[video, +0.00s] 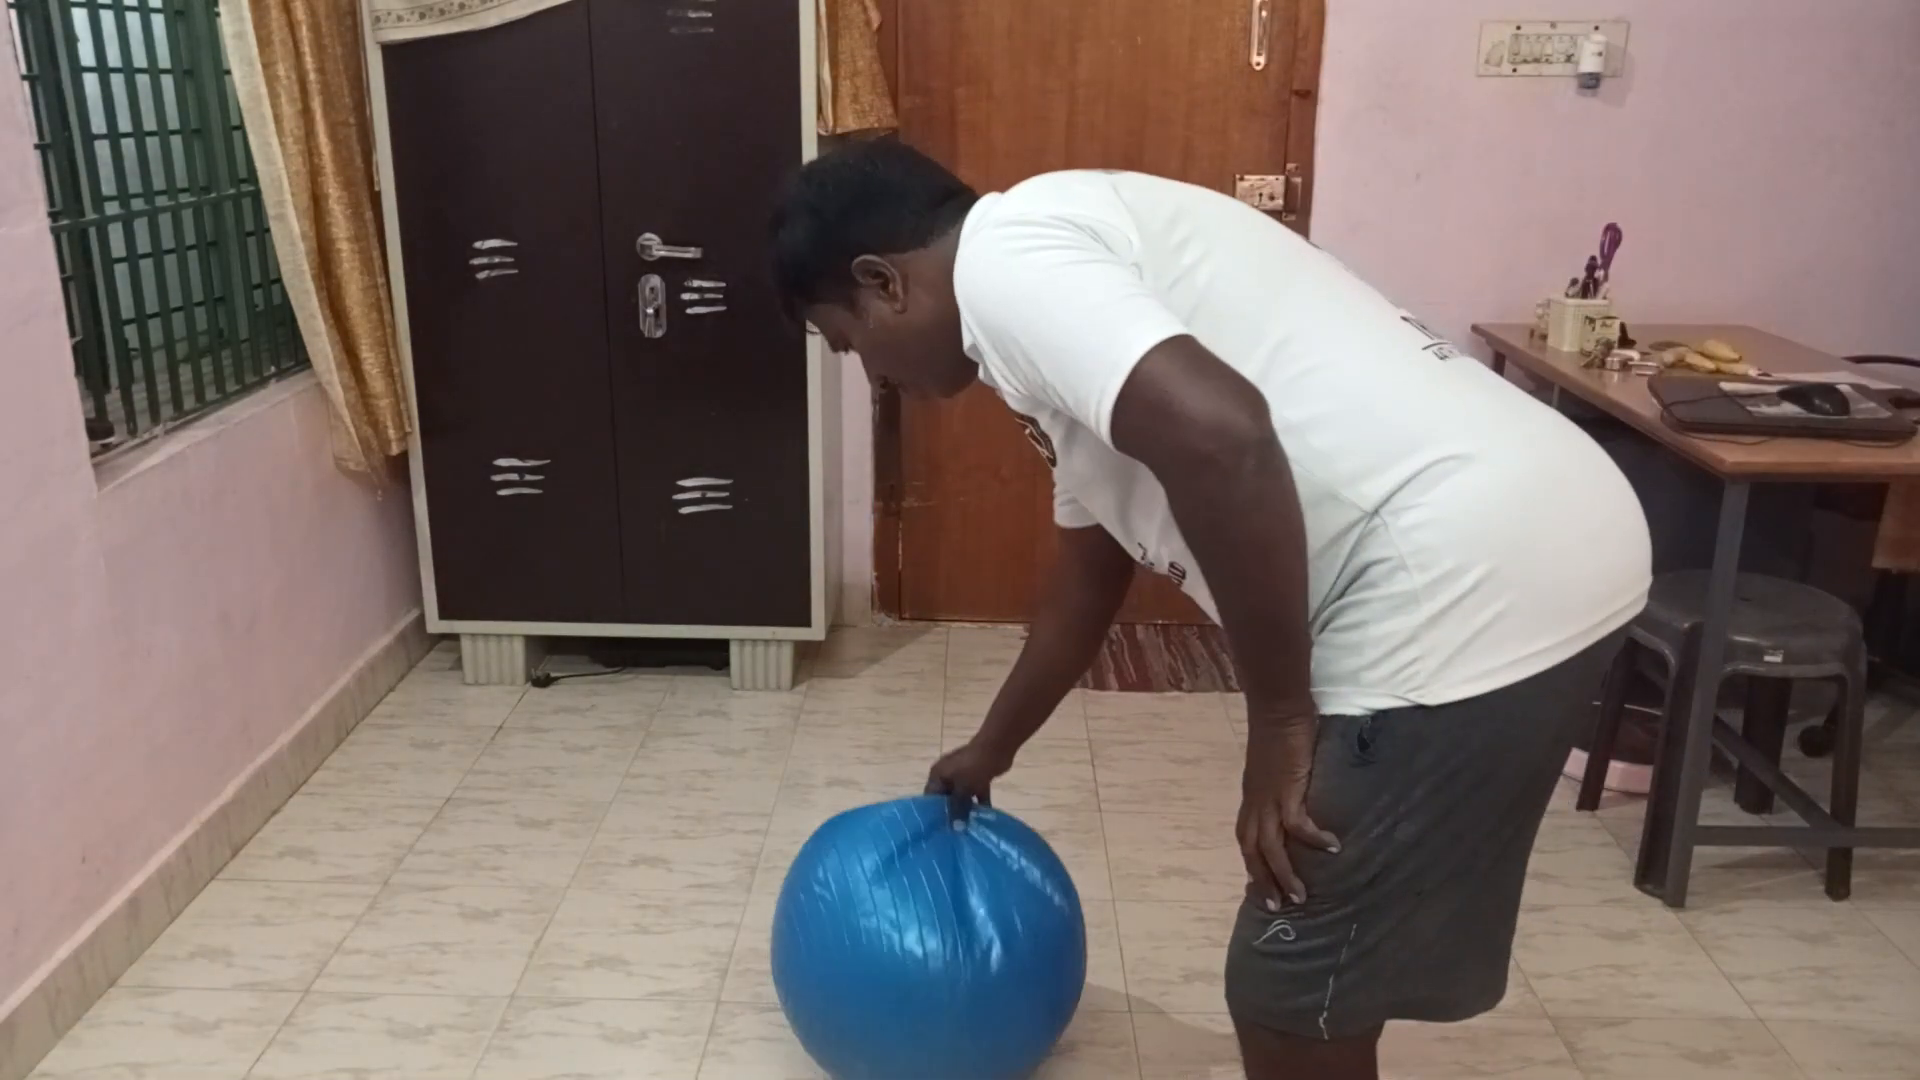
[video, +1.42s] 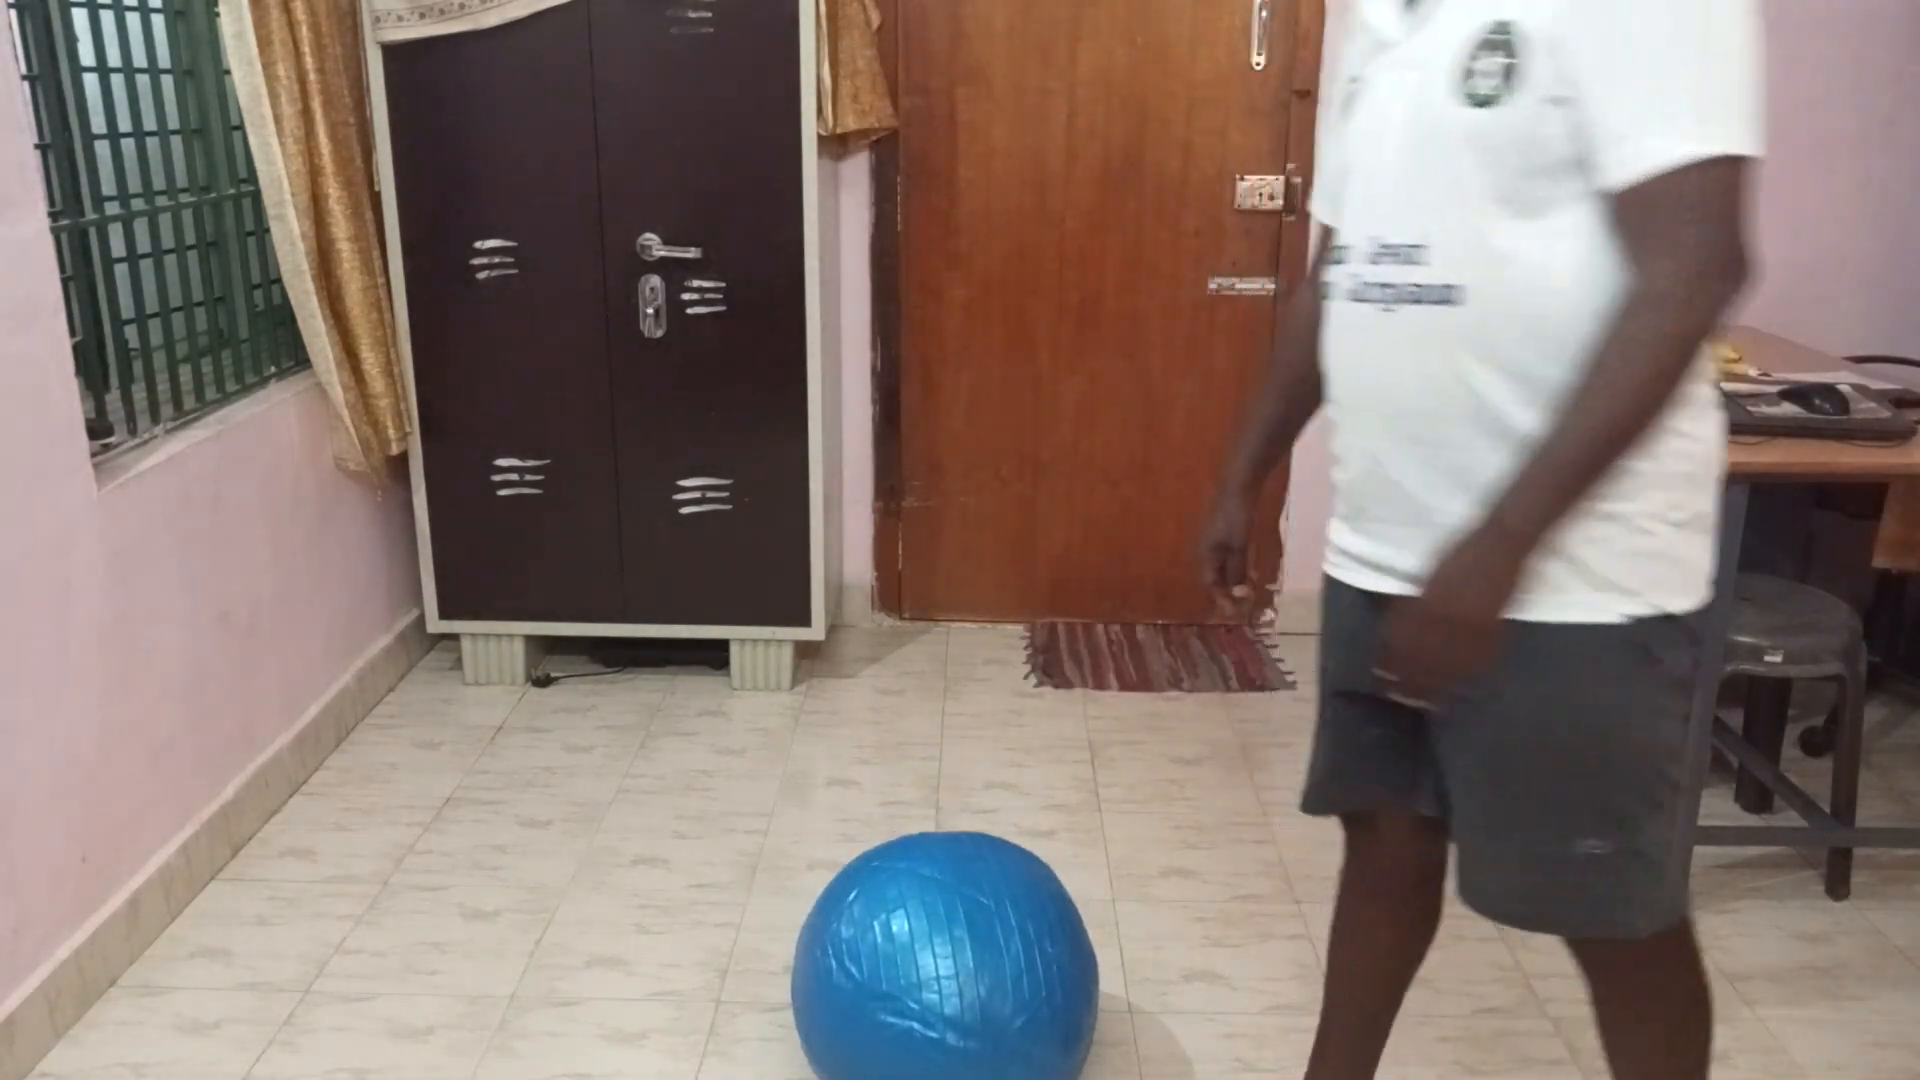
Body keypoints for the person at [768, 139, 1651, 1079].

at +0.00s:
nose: (873, 379)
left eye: (847, 341)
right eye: (845, 355)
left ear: (884, 279)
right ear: (902, 260)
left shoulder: (1007, 259)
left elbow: (1221, 438)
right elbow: (1086, 576)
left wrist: (1278, 723)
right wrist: (992, 744)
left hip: (1459, 584)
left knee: (1290, 988)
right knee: (1318, 977)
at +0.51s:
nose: (891, 265)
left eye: (876, 222)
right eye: (871, 235)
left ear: (931, 160)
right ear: (936, 154)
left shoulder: (1057, 179)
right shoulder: (1121, 144)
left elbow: (1235, 415)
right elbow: (1160, 477)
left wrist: (1275, 719)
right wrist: (1048, 681)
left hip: (1454, 562)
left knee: (1304, 986)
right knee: (1323, 974)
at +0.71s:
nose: (949, 112)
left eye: (947, 66)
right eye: (931, 86)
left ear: (1023, 9)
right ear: (1037, 9)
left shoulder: (1133, 74)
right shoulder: (1199, 46)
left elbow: (1258, 359)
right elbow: (1233, 388)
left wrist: (1254, 669)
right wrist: (1157, 622)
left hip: (1422, 561)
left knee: (1305, 979)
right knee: (1327, 969)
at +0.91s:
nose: (1038, 13)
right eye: (1032, 5)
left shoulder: (1258, 26)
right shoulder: (1213, 36)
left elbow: (1366, 284)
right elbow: (1280, 312)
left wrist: (1268, 583)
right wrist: (1238, 558)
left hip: (1435, 536)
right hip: (1374, 526)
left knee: (1353, 931)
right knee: (1307, 835)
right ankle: (1341, 1059)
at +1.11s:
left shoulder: (1396, 12)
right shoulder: (1278, 23)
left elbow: (1468, 246)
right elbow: (1304, 282)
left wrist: (1310, 519)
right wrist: (1243, 509)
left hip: (1467, 536)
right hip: (1345, 528)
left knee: (1441, 907)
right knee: (1322, 828)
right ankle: (1324, 1070)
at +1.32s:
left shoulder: (1551, 14)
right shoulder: (1332, 16)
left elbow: (1604, 246)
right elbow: (1314, 261)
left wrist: (1399, 529)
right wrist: (1236, 481)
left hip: (1528, 553)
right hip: (1352, 534)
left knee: (1564, 904)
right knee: (1357, 834)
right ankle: (1331, 1070)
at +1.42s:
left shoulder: (1647, 14)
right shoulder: (1373, 15)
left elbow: (1697, 259)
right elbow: (1343, 262)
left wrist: (1496, 546)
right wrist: (1249, 467)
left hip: (1591, 575)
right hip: (1387, 547)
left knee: (1622, 919)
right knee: (1384, 838)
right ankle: (1334, 1070)